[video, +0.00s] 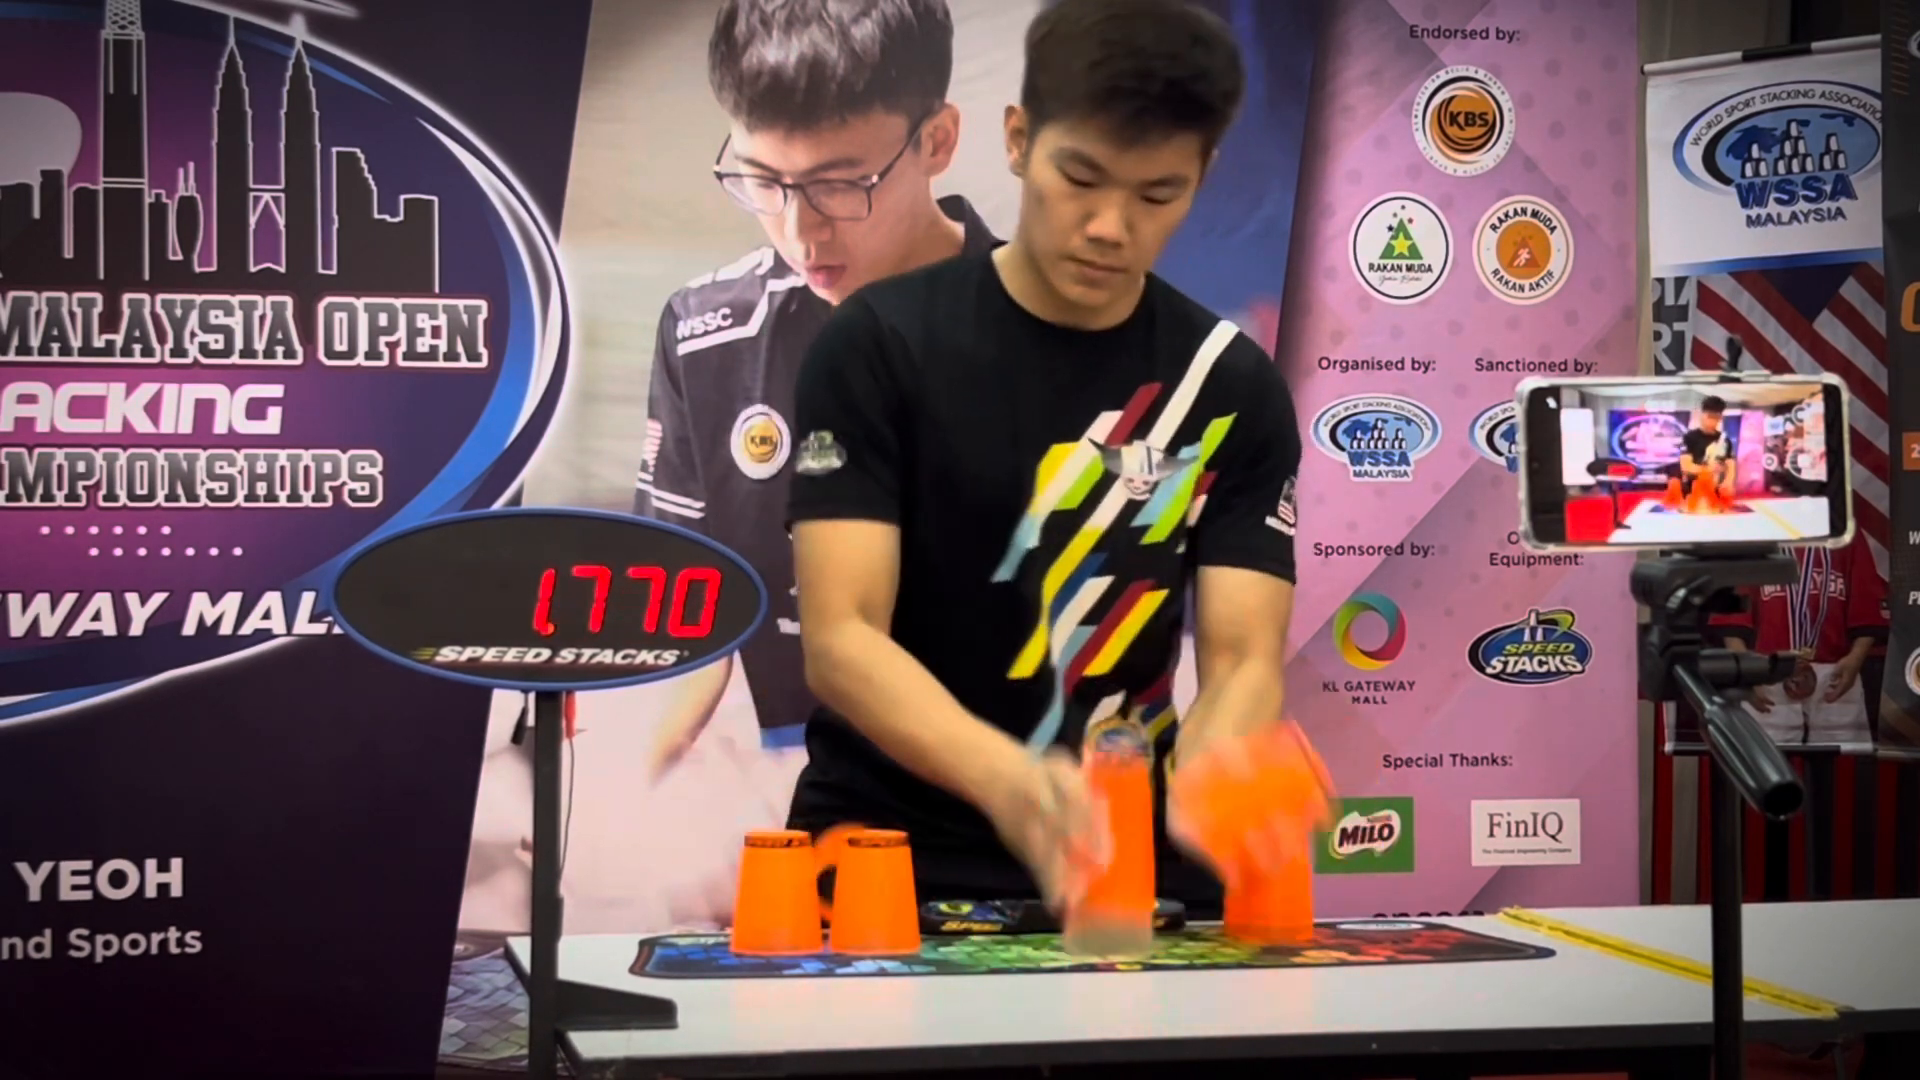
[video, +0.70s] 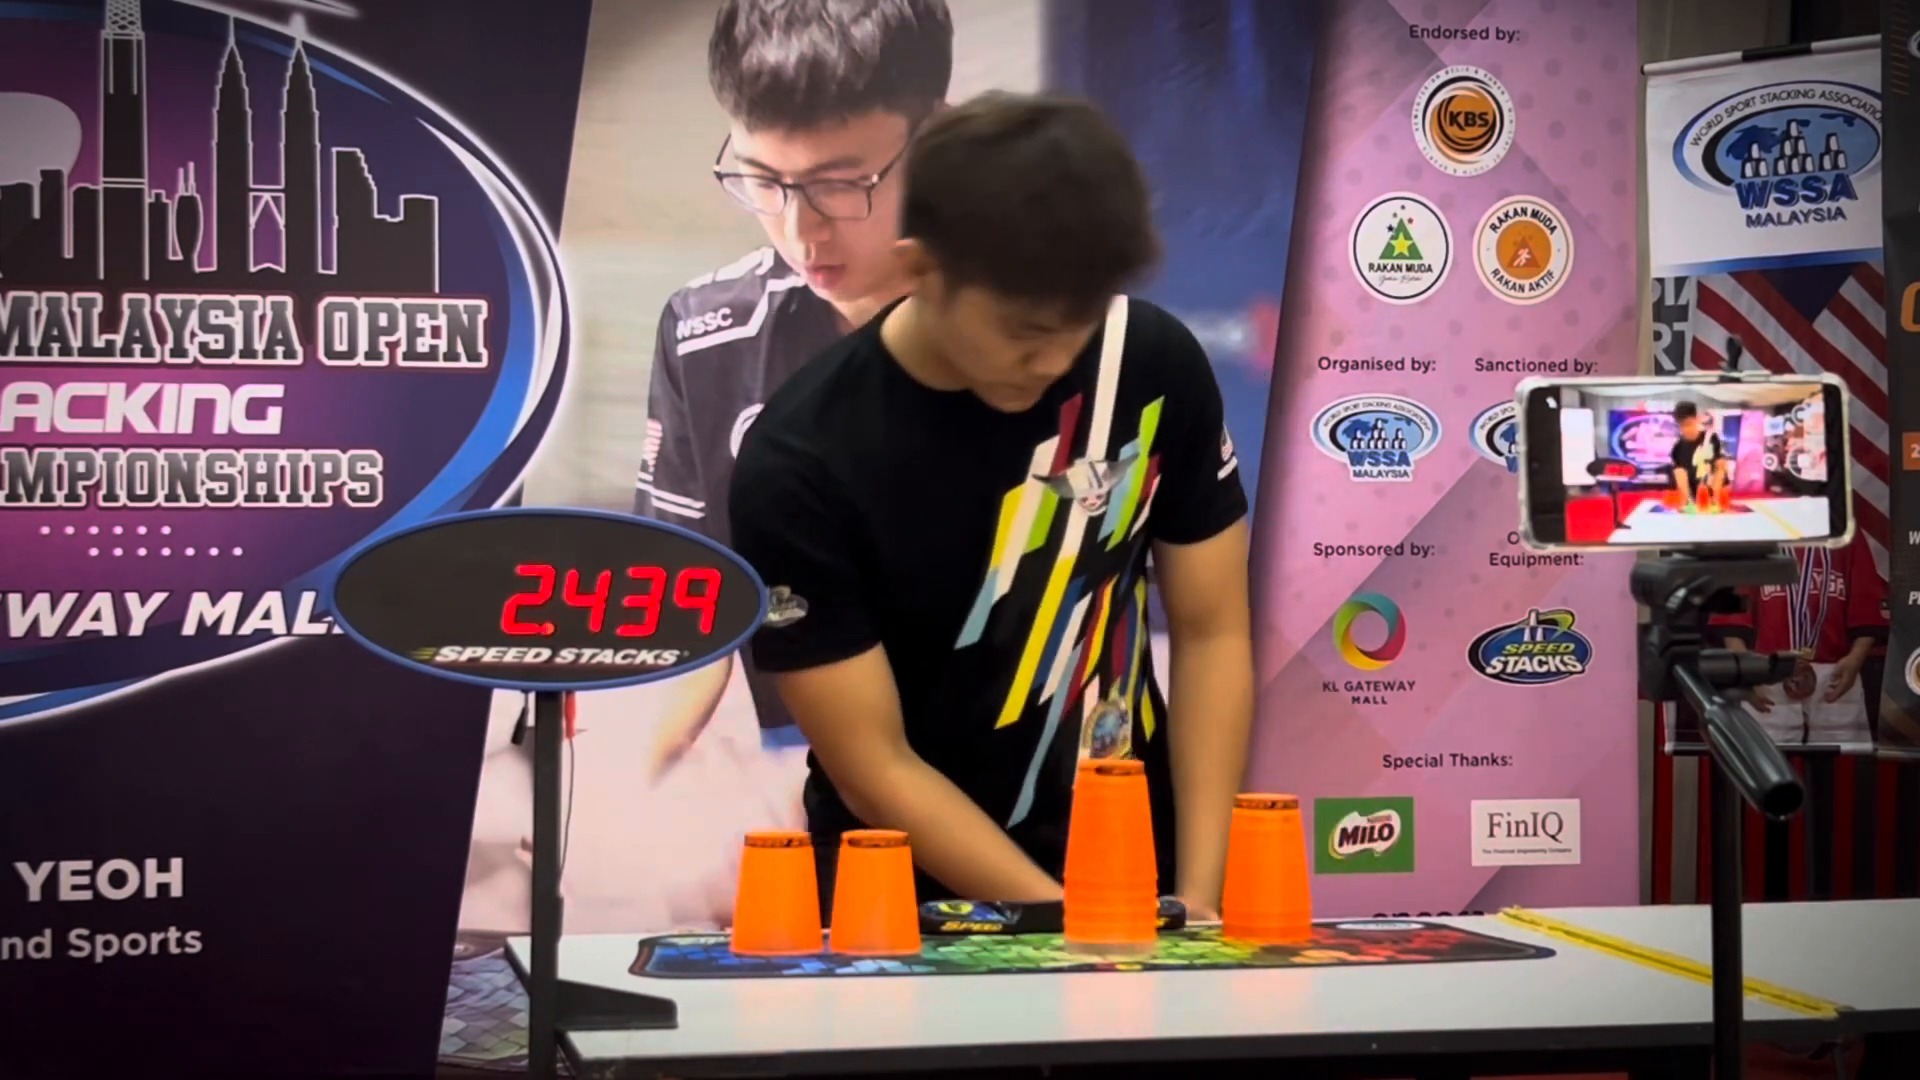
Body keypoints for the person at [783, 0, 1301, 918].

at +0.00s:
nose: (1111, 228)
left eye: (1159, 193)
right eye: (1080, 177)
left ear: (1200, 177)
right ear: (1017, 141)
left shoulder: (1235, 388)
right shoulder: (877, 346)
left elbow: (1242, 659)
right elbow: (839, 638)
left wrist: (1210, 771)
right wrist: (1007, 782)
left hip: (1122, 886)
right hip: (883, 878)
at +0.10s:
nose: (1073, 209)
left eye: (1120, 174)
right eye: (1043, 158)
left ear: (1174, 158)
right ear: (988, 120)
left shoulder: (1222, 366)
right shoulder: (846, 334)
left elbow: (1242, 645)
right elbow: (784, 612)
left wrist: (1169, 797)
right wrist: (927, 734)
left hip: (1113, 882)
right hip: (882, 871)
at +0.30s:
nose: (997, 205)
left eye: (1041, 164)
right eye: (960, 157)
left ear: (1097, 140)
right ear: (908, 123)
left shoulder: (1192, 335)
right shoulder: (809, 367)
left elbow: (1260, 590)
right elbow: (774, 647)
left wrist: (1148, 759)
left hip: (1143, 877)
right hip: (896, 876)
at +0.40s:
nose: (951, 254)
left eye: (990, 210)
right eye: (912, 212)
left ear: (1041, 181)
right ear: (856, 188)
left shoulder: (1163, 361)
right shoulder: (787, 427)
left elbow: (1239, 620)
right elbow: (780, 726)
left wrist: (1133, 859)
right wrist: (810, 948)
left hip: (1130, 905)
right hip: (904, 916)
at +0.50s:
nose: (939, 321)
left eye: (973, 272)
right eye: (894, 283)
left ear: (1013, 225)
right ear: (823, 260)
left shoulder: (1144, 378)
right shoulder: (774, 474)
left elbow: (1199, 666)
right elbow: (852, 778)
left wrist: (1177, 930)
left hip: (1117, 921)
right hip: (915, 933)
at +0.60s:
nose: (986, 359)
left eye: (1017, 312)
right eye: (943, 327)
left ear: (1041, 258)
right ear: (857, 284)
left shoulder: (1141, 376)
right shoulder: (778, 484)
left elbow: (1208, 655)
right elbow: (893, 780)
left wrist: (1211, 926)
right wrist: (1077, 939)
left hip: (1130, 899)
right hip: (913, 920)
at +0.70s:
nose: (1058, 360)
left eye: (1084, 325)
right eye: (1027, 328)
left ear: (1109, 290)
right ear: (923, 265)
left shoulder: (1152, 366)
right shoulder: (800, 460)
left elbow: (1211, 632)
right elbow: (871, 764)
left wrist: (1199, 898)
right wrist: (1069, 924)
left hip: (1126, 891)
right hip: (920, 915)